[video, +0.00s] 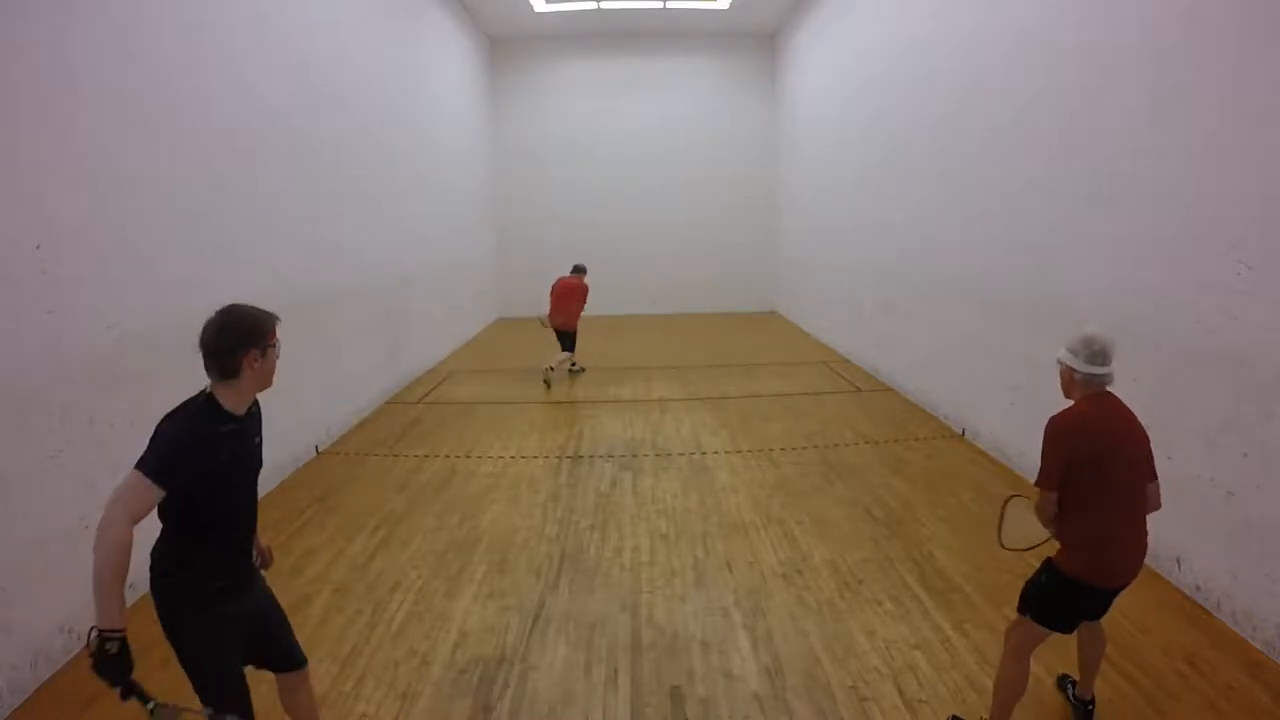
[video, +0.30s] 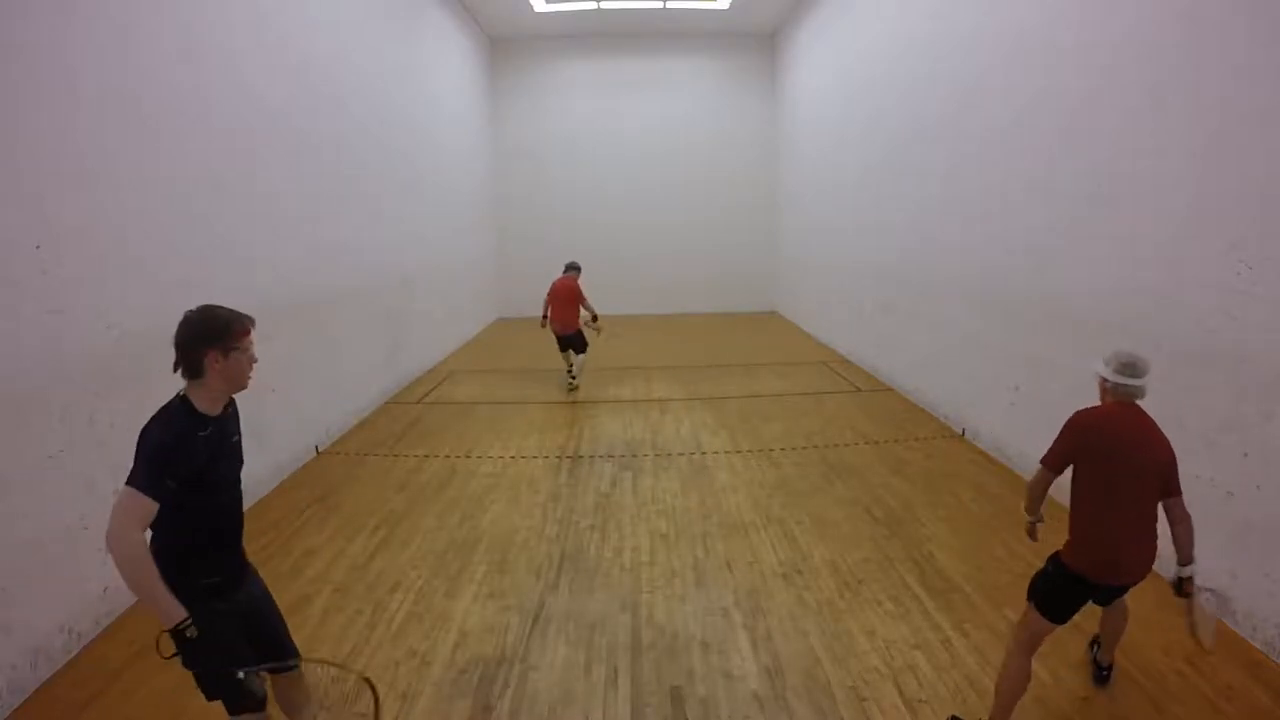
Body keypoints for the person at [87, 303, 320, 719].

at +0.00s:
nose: (278, 355)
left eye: (277, 347)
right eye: (274, 348)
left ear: (248, 362)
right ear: (253, 361)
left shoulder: (248, 411)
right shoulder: (185, 429)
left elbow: (230, 489)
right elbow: (116, 520)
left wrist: (251, 537)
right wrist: (110, 635)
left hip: (239, 572)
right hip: (190, 592)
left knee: (293, 669)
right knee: (232, 710)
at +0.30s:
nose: (255, 359)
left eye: (252, 349)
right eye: (246, 351)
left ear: (219, 362)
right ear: (216, 360)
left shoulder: (226, 408)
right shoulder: (167, 434)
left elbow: (210, 498)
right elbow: (122, 536)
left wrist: (233, 565)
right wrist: (182, 625)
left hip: (239, 574)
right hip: (195, 597)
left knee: (288, 669)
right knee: (249, 703)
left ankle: (307, 714)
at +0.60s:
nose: (220, 359)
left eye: (218, 348)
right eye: (208, 351)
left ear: (181, 361)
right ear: (173, 360)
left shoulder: (191, 407)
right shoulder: (148, 436)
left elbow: (187, 496)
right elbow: (116, 541)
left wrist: (210, 560)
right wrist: (179, 614)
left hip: (213, 564)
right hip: (177, 591)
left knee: (258, 641)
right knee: (219, 697)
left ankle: (258, 707)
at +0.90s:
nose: (211, 351)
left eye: (208, 343)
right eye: (205, 345)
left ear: (177, 357)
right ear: (186, 357)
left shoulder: (177, 405)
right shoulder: (162, 422)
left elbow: (175, 486)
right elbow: (129, 514)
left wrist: (208, 533)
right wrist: (161, 589)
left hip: (203, 550)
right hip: (190, 565)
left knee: (213, 636)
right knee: (232, 680)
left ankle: (210, 693)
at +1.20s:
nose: (217, 331)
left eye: (214, 323)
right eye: (214, 325)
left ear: (173, 337)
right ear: (204, 332)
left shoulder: (166, 385)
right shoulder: (199, 390)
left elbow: (177, 462)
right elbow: (200, 472)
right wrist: (244, 533)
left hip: (179, 519)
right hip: (206, 524)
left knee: (209, 592)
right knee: (281, 611)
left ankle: (195, 675)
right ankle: (285, 711)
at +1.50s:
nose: (310, 360)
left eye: (307, 353)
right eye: (308, 355)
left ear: (266, 366)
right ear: (304, 364)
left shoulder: (258, 412)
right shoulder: (317, 417)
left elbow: (269, 471)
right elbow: (377, 476)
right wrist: (427, 488)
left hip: (249, 541)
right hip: (290, 547)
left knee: (233, 606)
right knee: (352, 597)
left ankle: (201, 668)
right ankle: (343, 690)